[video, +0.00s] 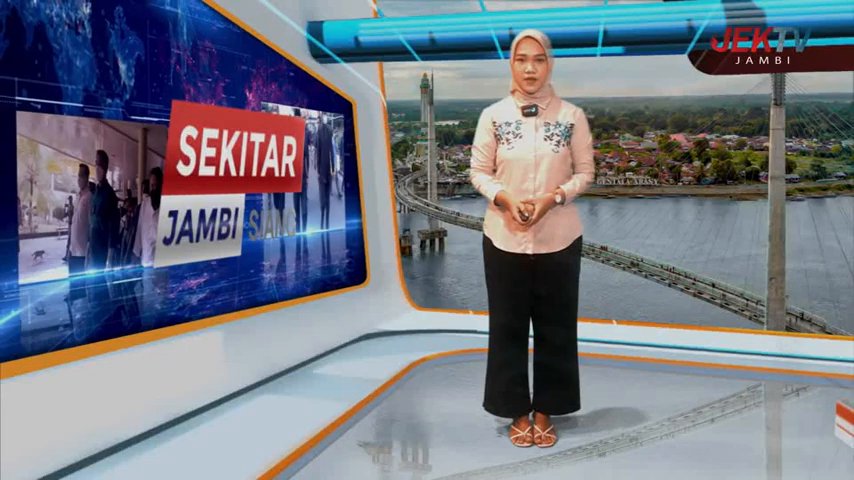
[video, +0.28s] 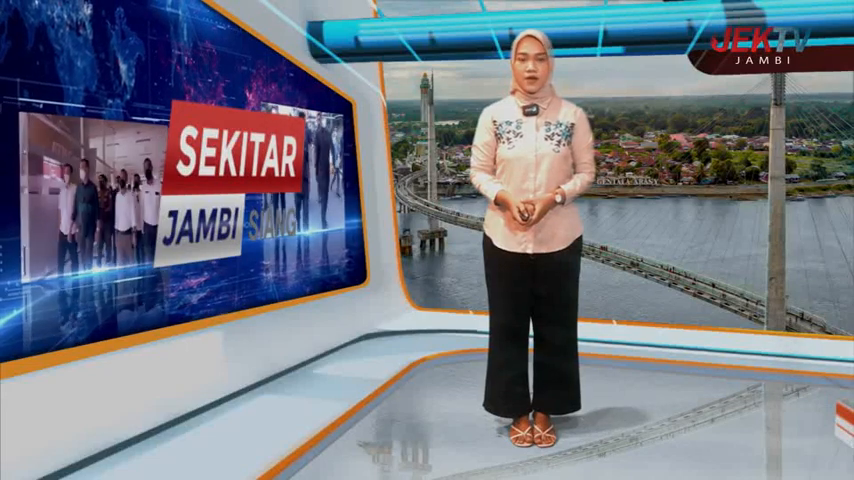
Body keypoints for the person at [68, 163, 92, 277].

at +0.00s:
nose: (79, 180)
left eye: (82, 176)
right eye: (78, 176)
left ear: (87, 178)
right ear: (77, 178)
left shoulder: (89, 196)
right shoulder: (79, 195)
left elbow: (92, 220)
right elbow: (76, 219)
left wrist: (91, 242)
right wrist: (70, 246)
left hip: (82, 248)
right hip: (73, 247)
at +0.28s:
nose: (83, 173)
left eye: (84, 171)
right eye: (81, 171)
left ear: (88, 172)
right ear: (79, 173)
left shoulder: (93, 188)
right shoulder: (78, 188)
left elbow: (97, 206)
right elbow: (75, 205)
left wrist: (97, 220)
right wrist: (73, 220)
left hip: (90, 221)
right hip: (80, 221)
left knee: (89, 247)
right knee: (81, 247)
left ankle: (88, 267)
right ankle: (82, 266)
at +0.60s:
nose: (78, 179)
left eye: (80, 177)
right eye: (76, 177)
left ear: (84, 179)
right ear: (74, 179)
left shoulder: (89, 195)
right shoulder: (73, 195)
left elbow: (92, 214)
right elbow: (71, 213)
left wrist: (93, 230)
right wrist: (69, 230)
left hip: (86, 229)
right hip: (75, 229)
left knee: (85, 256)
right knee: (74, 256)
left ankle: (85, 281)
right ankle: (75, 280)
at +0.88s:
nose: (76, 177)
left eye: (78, 174)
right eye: (74, 175)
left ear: (82, 176)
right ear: (72, 177)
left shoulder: (87, 193)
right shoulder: (72, 194)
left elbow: (90, 214)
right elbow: (70, 214)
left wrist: (88, 236)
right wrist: (69, 232)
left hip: (85, 226)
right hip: (75, 226)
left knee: (86, 256)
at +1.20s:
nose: (74, 180)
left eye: (76, 177)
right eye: (72, 177)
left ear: (80, 179)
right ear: (70, 180)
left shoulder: (85, 197)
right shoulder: (70, 197)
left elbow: (89, 221)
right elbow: (67, 219)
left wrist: (87, 245)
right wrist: (64, 246)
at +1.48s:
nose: (72, 183)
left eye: (75, 180)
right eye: (72, 179)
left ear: (81, 181)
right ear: (71, 181)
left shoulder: (87, 198)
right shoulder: (71, 198)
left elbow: (91, 221)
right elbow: (68, 219)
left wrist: (92, 243)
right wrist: (63, 236)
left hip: (83, 239)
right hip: (72, 238)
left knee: (80, 271)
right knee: (72, 270)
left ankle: (84, 299)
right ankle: (74, 299)